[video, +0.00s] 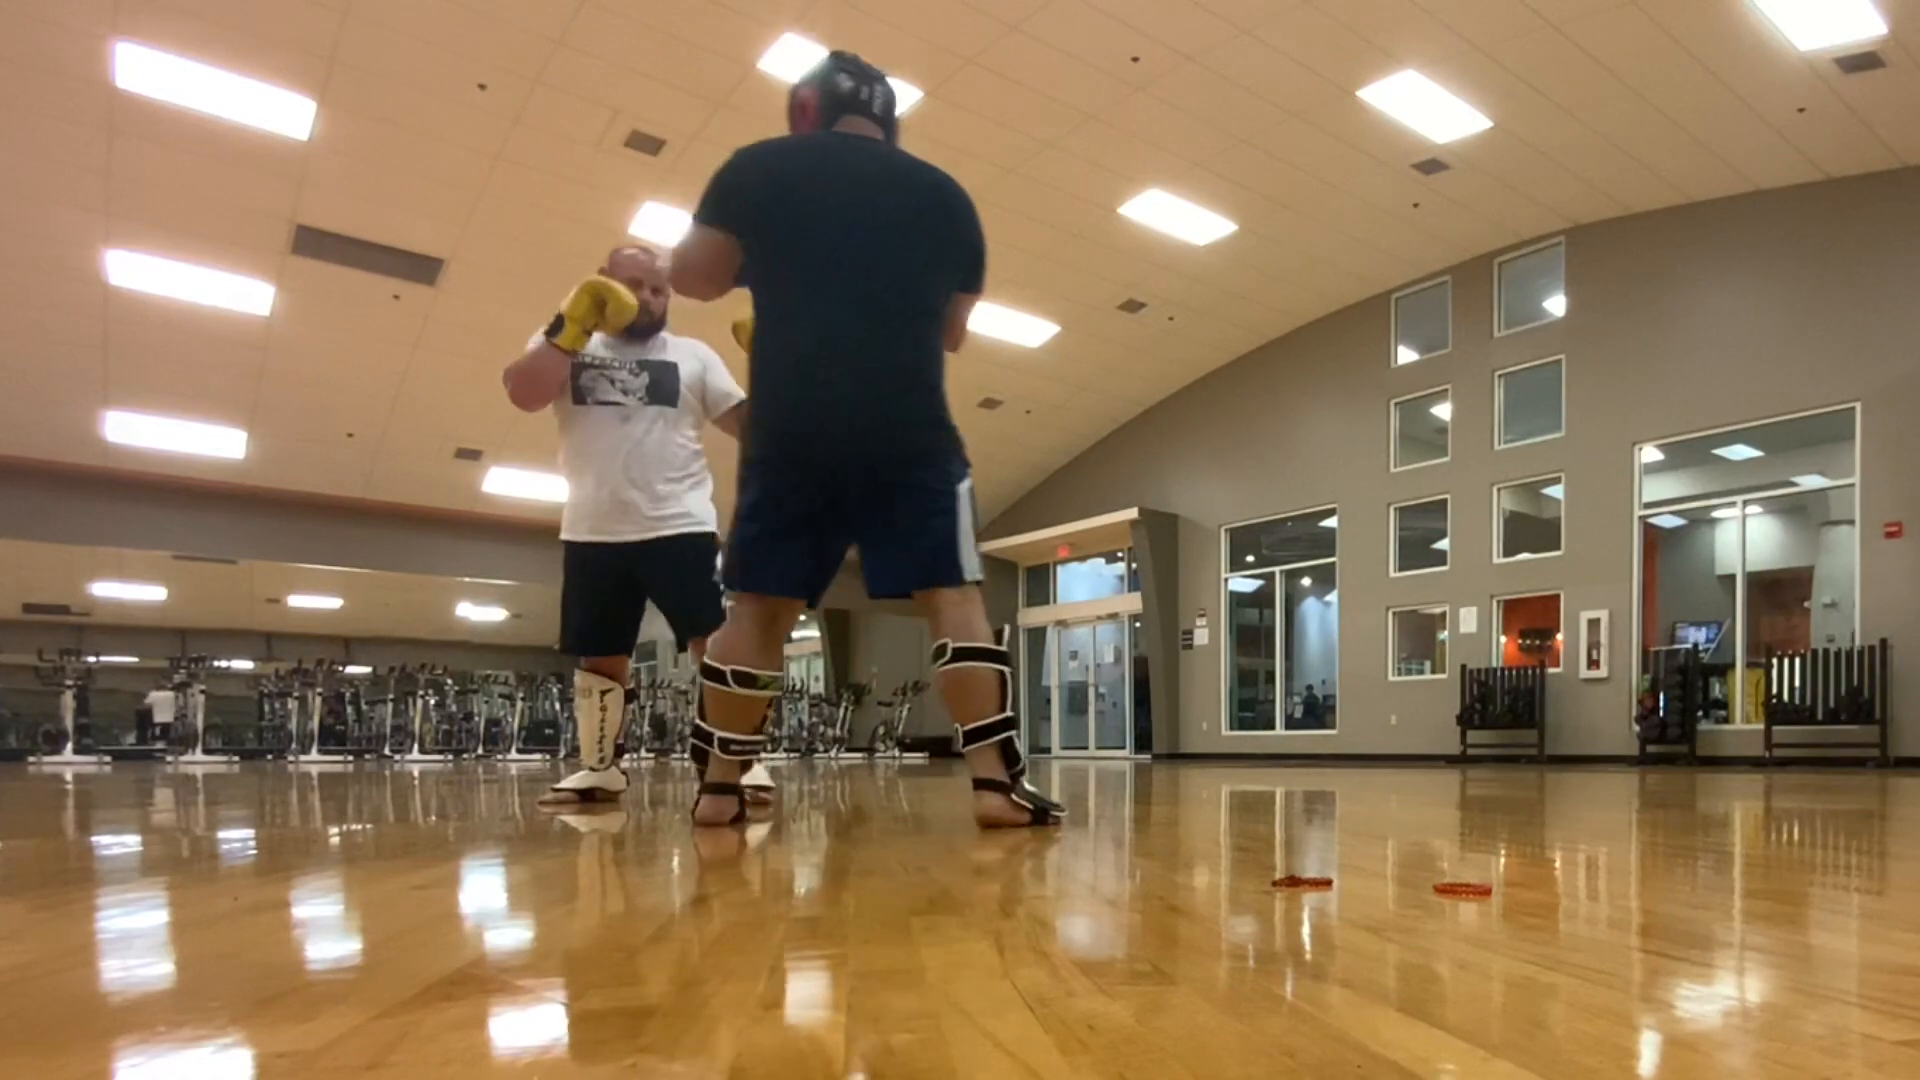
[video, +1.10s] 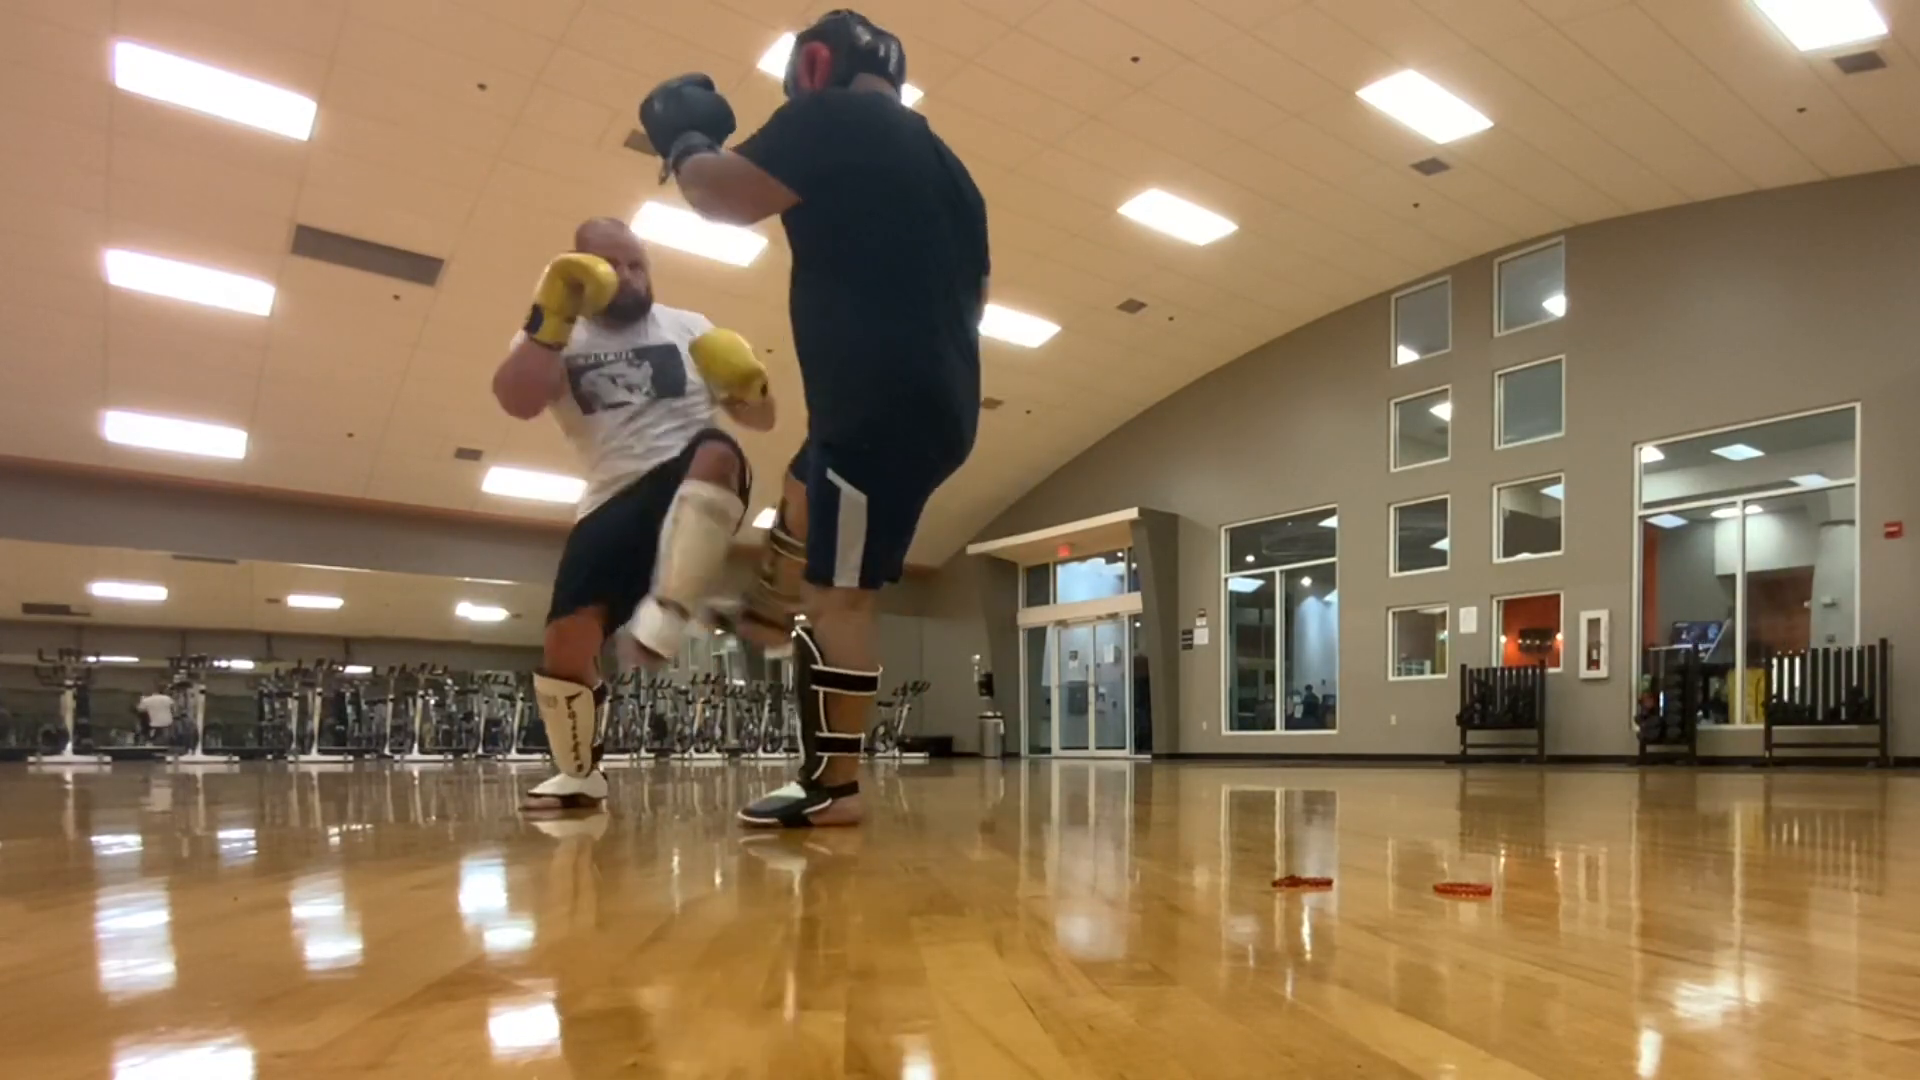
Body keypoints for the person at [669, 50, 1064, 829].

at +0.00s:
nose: (788, 126)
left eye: (790, 115)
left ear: (803, 109)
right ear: (890, 124)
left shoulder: (763, 166)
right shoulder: (943, 193)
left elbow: (695, 276)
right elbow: (951, 334)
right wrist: (875, 285)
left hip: (794, 431)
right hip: (910, 431)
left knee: (757, 609)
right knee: (953, 596)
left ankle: (719, 791)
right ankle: (996, 784)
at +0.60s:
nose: (835, 114)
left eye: (838, 101)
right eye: (839, 104)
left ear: (856, 94)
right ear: (931, 114)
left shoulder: (838, 141)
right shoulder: (988, 190)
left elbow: (774, 219)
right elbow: (982, 312)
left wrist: (731, 342)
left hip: (859, 409)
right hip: (972, 417)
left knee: (800, 582)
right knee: (983, 597)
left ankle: (824, 770)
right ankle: (998, 787)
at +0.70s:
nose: (813, 105)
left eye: (817, 92)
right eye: (816, 96)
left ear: (839, 84)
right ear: (910, 109)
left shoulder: (836, 130)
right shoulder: (958, 186)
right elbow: (923, 299)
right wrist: (804, 298)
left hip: (845, 412)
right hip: (951, 417)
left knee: (809, 593)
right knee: (975, 595)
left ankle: (833, 784)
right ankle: (1007, 739)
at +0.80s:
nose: (798, 108)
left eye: (800, 92)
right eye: (799, 96)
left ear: (820, 78)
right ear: (889, 91)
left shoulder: (854, 123)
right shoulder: (929, 174)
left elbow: (792, 192)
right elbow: (889, 302)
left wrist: (678, 207)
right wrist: (779, 326)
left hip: (838, 408)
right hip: (919, 416)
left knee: (797, 594)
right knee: (910, 571)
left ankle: (829, 783)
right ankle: (1005, 667)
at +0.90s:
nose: (781, 98)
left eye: (785, 81)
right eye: (781, 86)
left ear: (808, 62)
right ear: (874, 72)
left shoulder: (840, 114)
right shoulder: (926, 164)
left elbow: (758, 202)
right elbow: (963, 319)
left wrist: (688, 156)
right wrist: (906, 387)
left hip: (846, 397)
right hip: (905, 408)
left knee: (815, 603)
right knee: (819, 598)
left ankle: (834, 787)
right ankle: (825, 776)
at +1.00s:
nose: (784, 90)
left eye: (786, 75)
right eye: (786, 78)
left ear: (806, 62)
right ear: (875, 75)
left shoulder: (819, 109)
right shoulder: (936, 161)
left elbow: (724, 193)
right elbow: (972, 311)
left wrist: (690, 134)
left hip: (858, 386)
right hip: (926, 396)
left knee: (834, 596)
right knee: (772, 562)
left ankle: (834, 785)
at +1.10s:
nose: (793, 88)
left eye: (798, 73)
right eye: (795, 76)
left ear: (820, 61)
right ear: (892, 77)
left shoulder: (831, 116)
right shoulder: (948, 166)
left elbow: (730, 194)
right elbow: (971, 295)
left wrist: (683, 139)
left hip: (873, 396)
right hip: (943, 404)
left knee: (836, 591)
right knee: (810, 484)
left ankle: (835, 784)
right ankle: (773, 607)